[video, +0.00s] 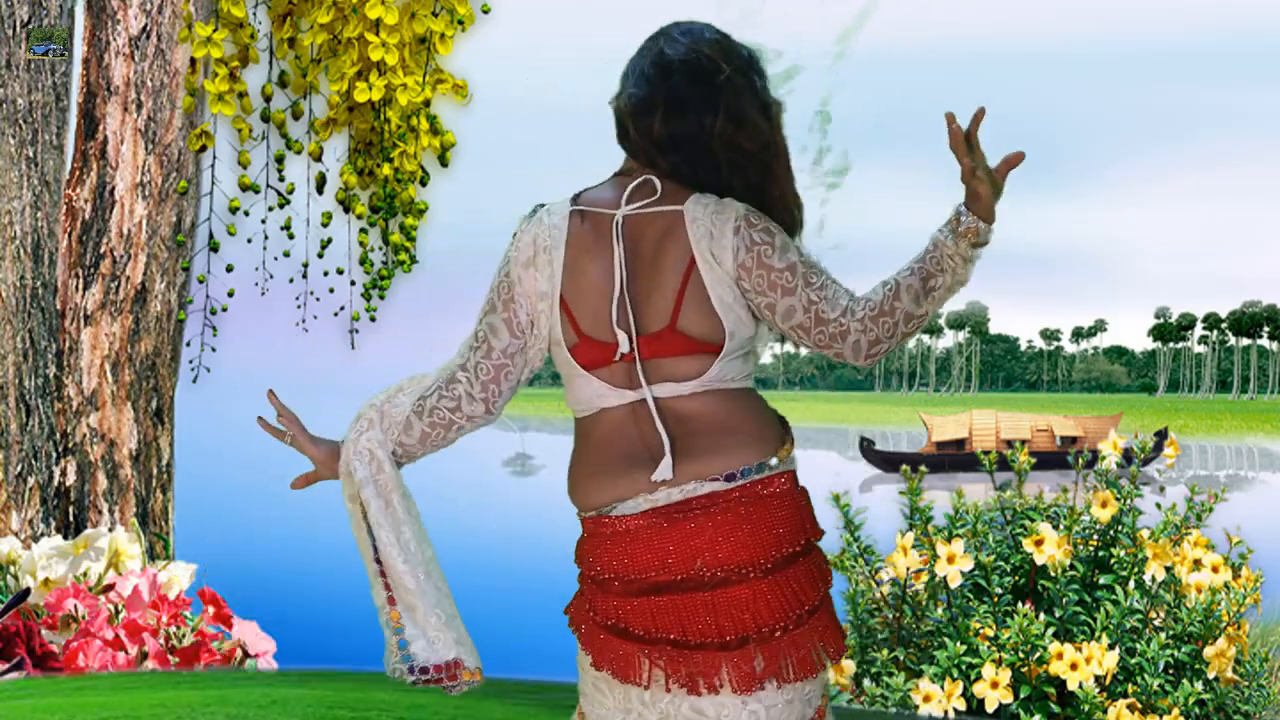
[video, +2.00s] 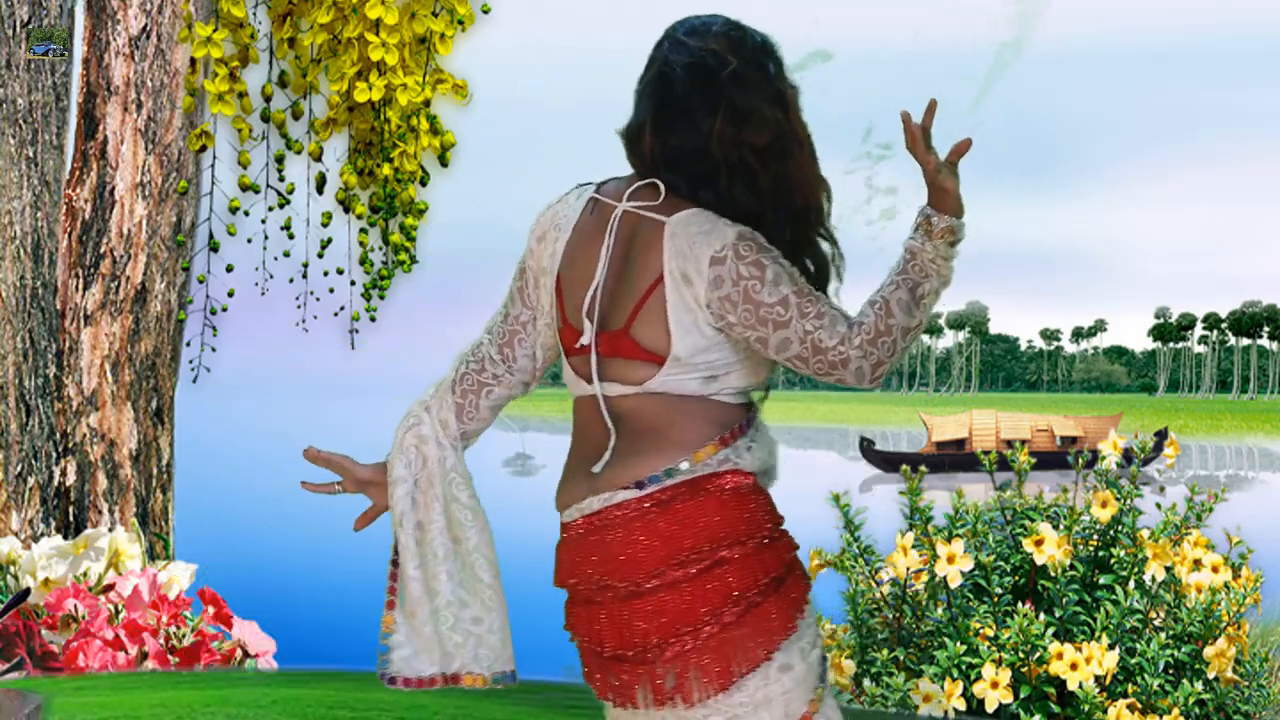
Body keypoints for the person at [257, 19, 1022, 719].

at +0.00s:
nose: (761, 130)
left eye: (754, 110)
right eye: (754, 111)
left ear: (629, 114)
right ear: (735, 119)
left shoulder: (545, 237)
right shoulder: (733, 228)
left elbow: (471, 391)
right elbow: (860, 333)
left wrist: (354, 449)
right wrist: (970, 225)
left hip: (614, 514)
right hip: (743, 499)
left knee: (628, 699)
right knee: (764, 698)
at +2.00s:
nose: (789, 132)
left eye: (782, 107)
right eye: (777, 110)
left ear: (651, 117)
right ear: (749, 126)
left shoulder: (565, 224)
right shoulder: (721, 247)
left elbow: (499, 363)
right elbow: (861, 357)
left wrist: (408, 463)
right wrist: (941, 228)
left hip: (589, 533)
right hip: (706, 521)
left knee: (643, 706)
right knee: (770, 703)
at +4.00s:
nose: (756, 138)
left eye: (747, 113)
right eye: (744, 117)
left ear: (615, 137)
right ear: (723, 136)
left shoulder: (552, 256)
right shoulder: (718, 249)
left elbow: (479, 390)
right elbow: (880, 272)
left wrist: (374, 464)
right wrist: (937, 126)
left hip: (530, 562)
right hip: (654, 587)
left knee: (551, 695)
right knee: (771, 704)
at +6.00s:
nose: (547, 140)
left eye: (556, 122)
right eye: (555, 119)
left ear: (576, 139)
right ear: (676, 136)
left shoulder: (527, 261)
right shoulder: (724, 257)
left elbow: (450, 424)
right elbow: (851, 350)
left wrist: (319, 507)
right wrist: (1000, 326)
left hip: (550, 548)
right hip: (692, 542)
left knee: (546, 711)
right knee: (722, 710)